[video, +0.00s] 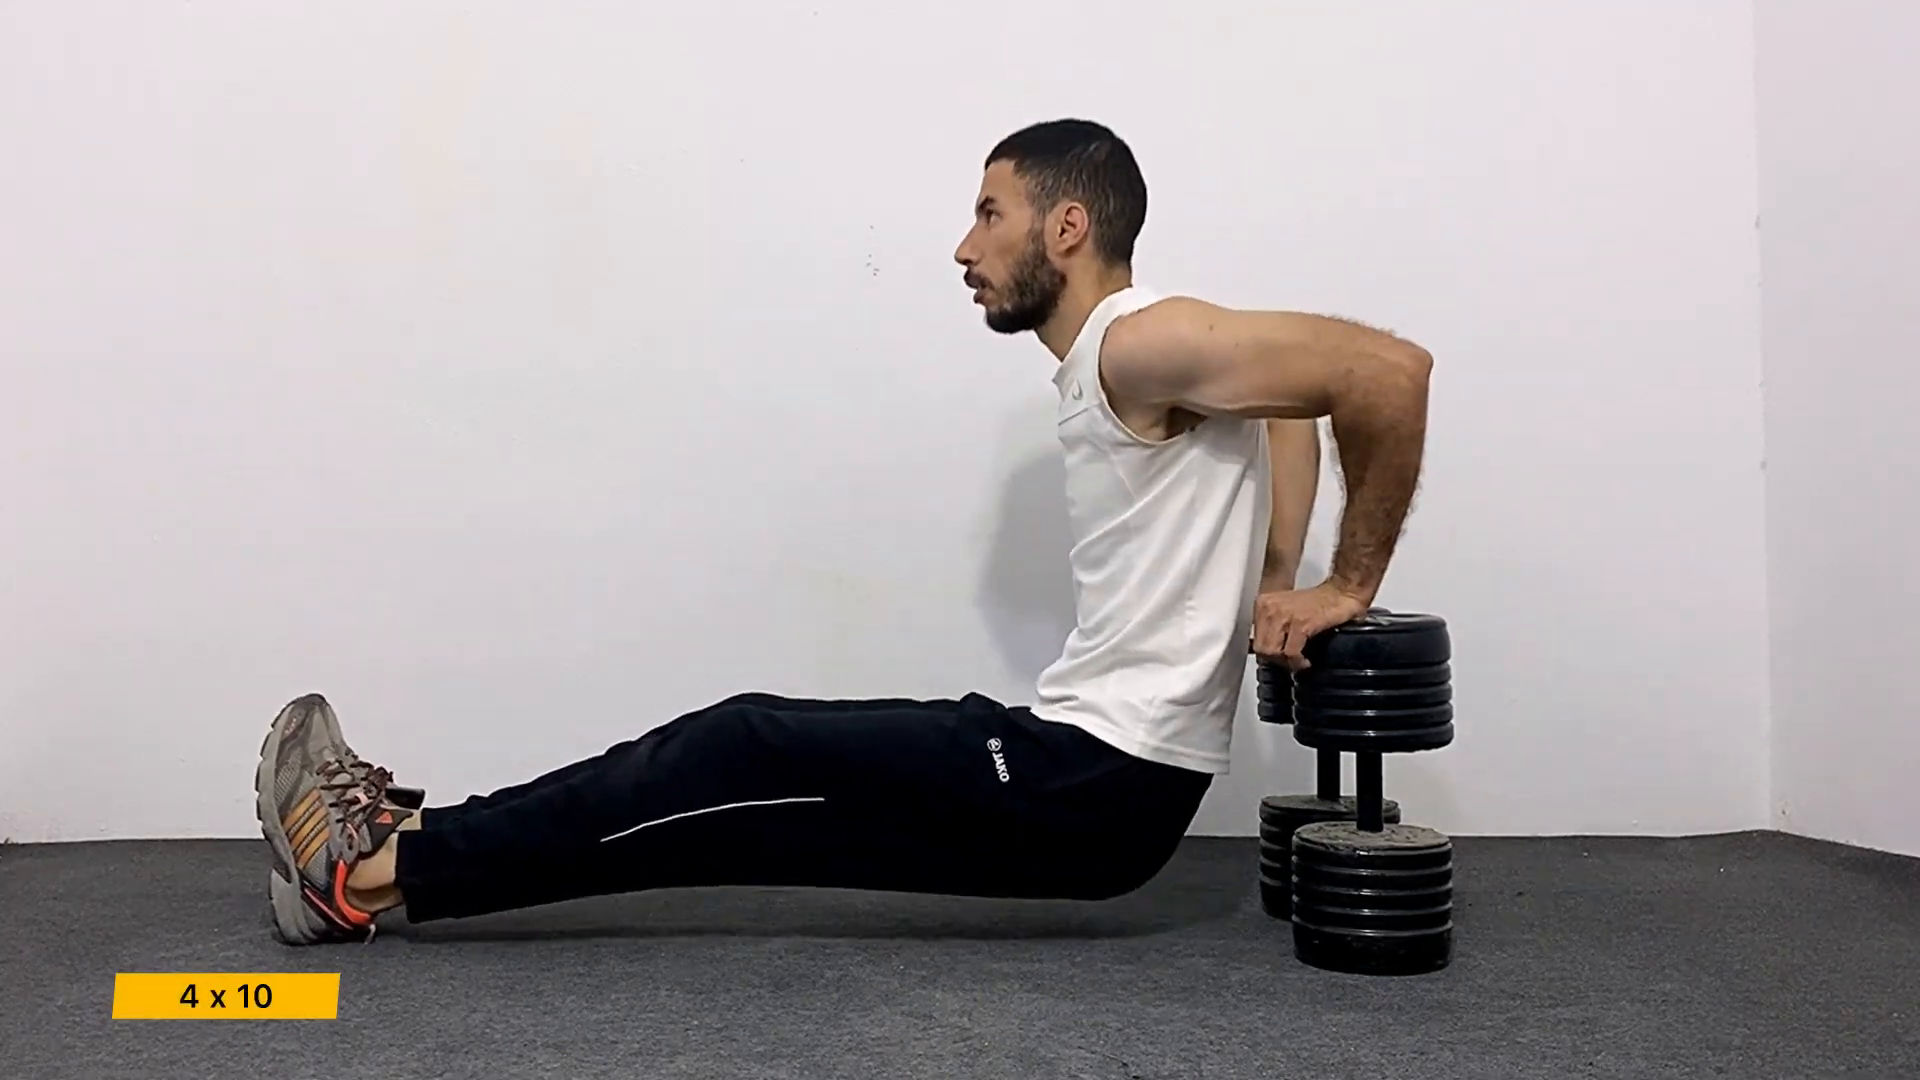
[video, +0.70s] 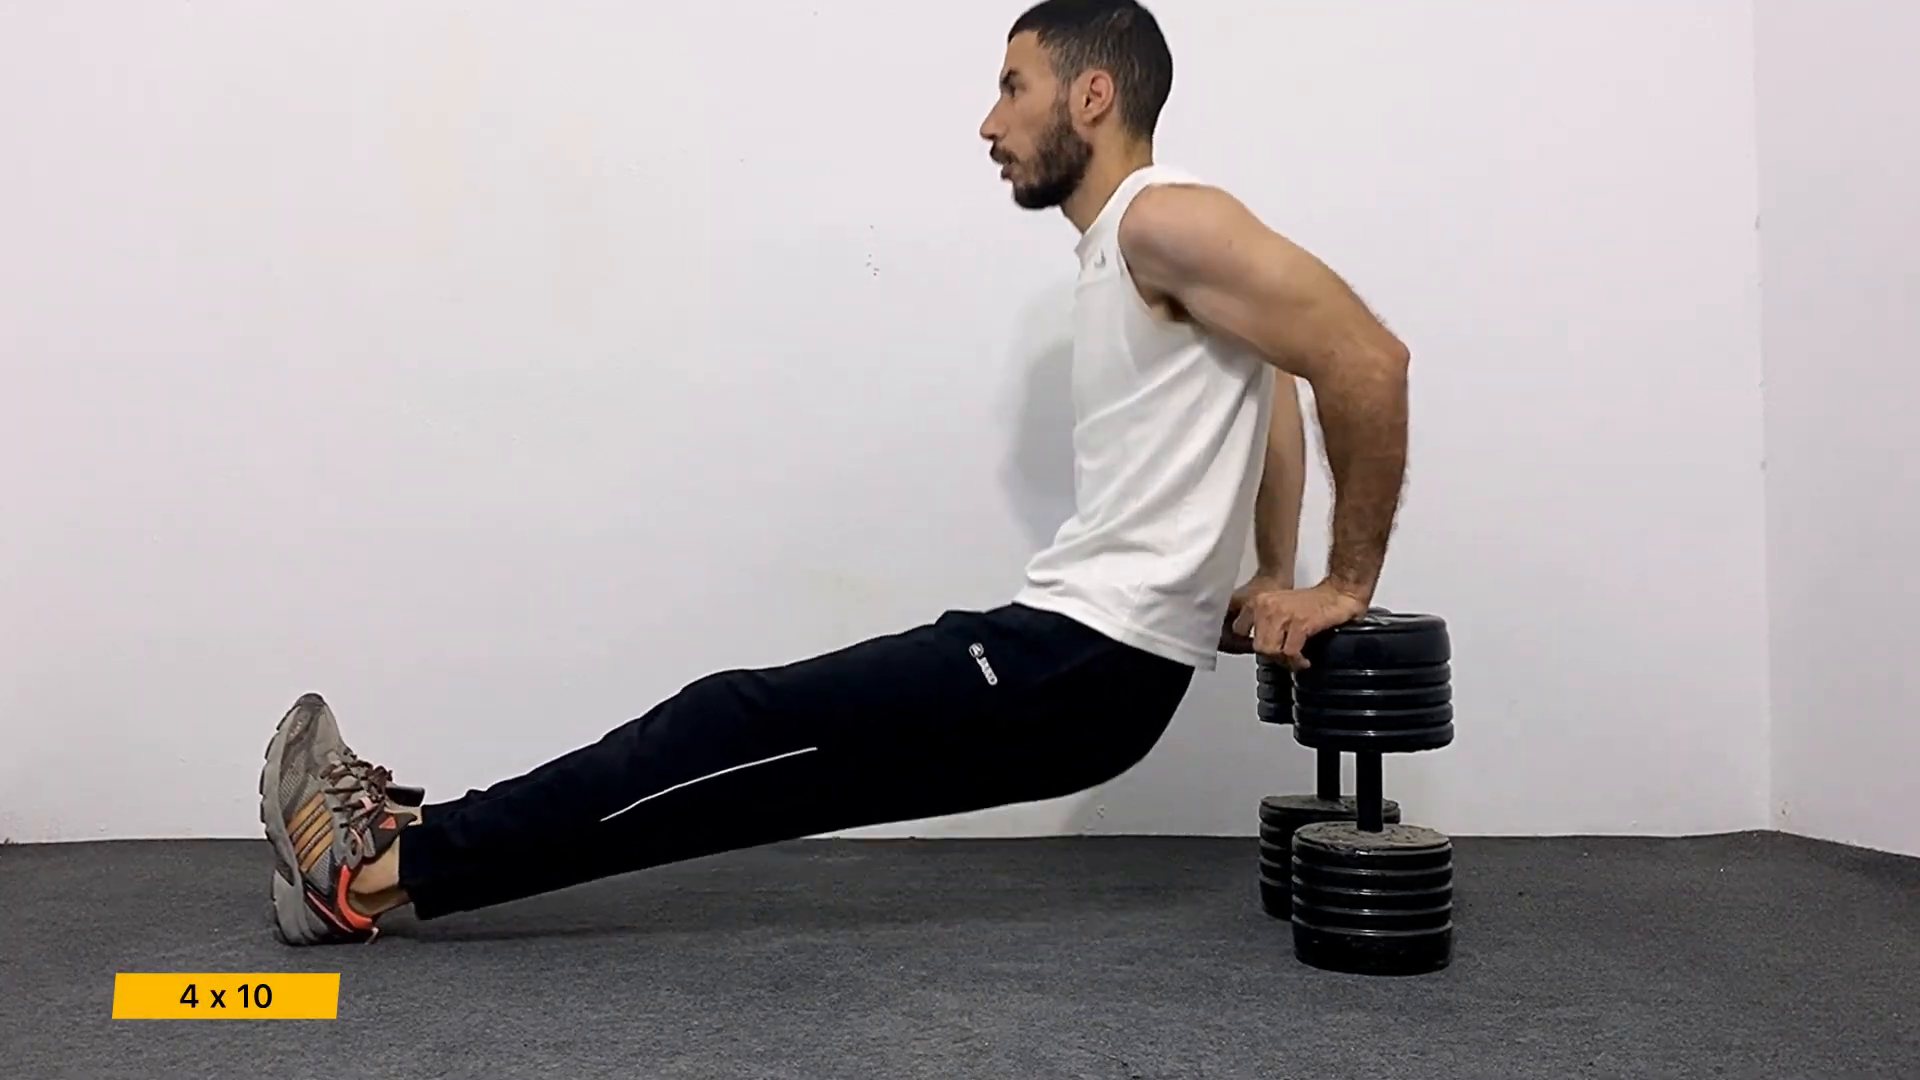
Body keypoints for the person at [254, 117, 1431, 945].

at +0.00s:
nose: (964, 248)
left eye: (987, 216)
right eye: (973, 219)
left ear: (1074, 227)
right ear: (1077, 228)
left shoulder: (1136, 345)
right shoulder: (1126, 345)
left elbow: (1391, 375)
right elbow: (1295, 391)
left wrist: (1355, 585)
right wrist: (1279, 575)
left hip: (1097, 776)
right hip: (1078, 760)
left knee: (741, 742)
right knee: (736, 795)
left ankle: (386, 869)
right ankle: (416, 848)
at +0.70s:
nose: (990, 121)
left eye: (1013, 89)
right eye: (996, 91)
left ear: (1100, 95)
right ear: (1097, 101)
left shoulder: (1167, 222)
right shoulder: (1139, 246)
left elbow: (1368, 361)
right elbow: (1285, 417)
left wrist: (1350, 587)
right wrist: (1271, 589)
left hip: (1091, 656)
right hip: (1072, 644)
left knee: (739, 734)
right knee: (739, 731)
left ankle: (392, 875)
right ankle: (415, 847)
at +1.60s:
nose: (982, 212)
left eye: (1004, 182)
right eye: (989, 185)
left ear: (1092, 193)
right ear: (1092, 196)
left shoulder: (1155, 314)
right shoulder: (1127, 315)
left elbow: (1401, 373)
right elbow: (1302, 380)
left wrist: (1352, 590)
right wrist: (1278, 570)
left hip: (1105, 747)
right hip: (1077, 725)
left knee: (737, 746)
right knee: (734, 755)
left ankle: (381, 878)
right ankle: (412, 846)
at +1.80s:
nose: (973, 260)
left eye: (997, 229)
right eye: (982, 231)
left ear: (1082, 240)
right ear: (1084, 242)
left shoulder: (1145, 357)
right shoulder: (1129, 362)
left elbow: (1402, 379)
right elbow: (1299, 401)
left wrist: (1352, 592)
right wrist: (1281, 577)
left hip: (1099, 793)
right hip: (1088, 783)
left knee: (741, 749)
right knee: (732, 809)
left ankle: (389, 870)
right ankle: (418, 848)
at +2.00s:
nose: (972, 276)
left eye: (995, 244)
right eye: (980, 246)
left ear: (1078, 251)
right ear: (1083, 253)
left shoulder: (1143, 370)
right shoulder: (1138, 373)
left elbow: (1401, 381)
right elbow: (1300, 412)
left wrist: (1354, 592)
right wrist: (1279, 580)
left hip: (1095, 808)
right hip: (1092, 799)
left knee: (737, 756)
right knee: (726, 821)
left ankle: (381, 873)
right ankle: (417, 848)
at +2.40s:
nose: (987, 158)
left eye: (1008, 126)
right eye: (994, 128)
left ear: (1092, 134)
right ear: (1096, 140)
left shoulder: (1158, 255)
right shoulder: (1137, 269)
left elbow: (1380, 362)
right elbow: (1297, 377)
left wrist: (1352, 585)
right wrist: (1274, 576)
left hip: (1092, 692)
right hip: (1082, 685)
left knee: (730, 722)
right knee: (730, 759)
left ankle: (395, 863)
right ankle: (409, 858)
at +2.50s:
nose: (1000, 104)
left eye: (1023, 74)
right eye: (1006, 76)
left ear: (1102, 83)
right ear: (1095, 90)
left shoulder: (1172, 207)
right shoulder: (1144, 231)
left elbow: (1355, 358)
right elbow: (1276, 400)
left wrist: (1351, 585)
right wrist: (1269, 580)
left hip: (1084, 647)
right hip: (1071, 636)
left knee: (723, 724)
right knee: (724, 715)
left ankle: (390, 875)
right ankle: (416, 849)